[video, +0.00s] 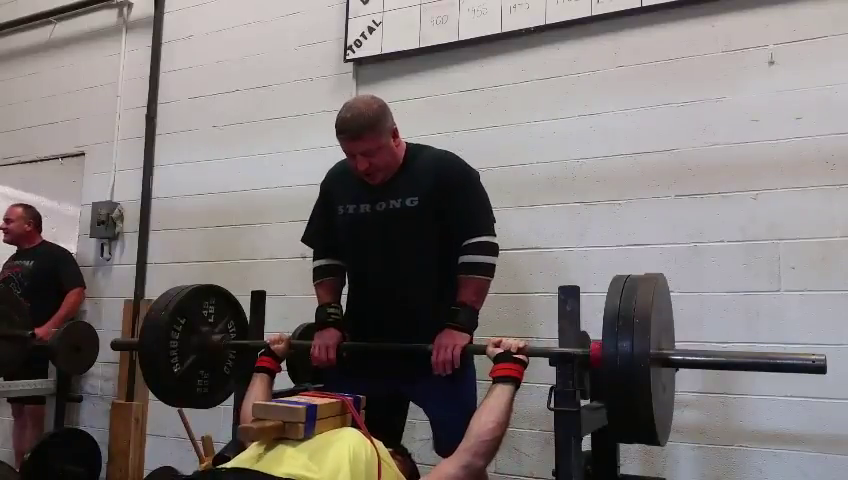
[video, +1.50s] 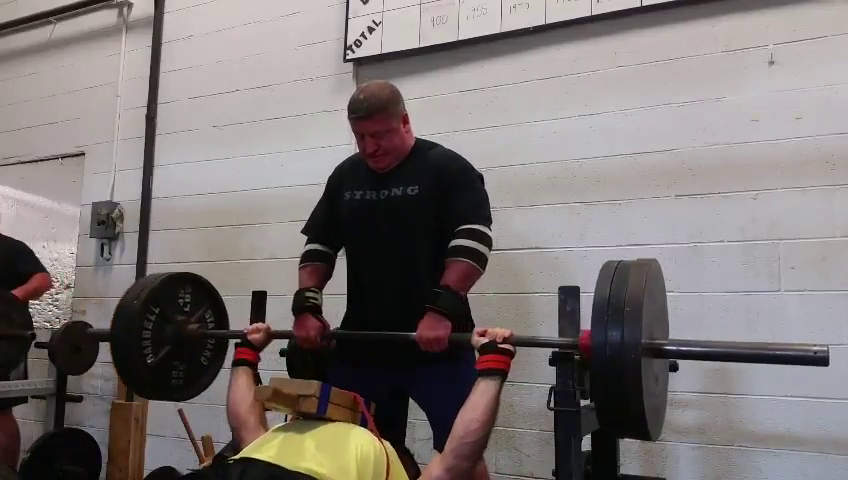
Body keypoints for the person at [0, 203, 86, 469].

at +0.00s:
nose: (3, 226)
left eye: (9, 221)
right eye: (4, 221)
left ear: (29, 226)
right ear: (24, 227)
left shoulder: (57, 254)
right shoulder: (12, 260)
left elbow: (77, 292)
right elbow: (9, 299)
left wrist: (51, 327)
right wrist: (8, 328)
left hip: (38, 344)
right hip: (13, 343)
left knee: (34, 411)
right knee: (17, 410)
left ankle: (33, 472)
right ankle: (19, 470)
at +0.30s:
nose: (3, 222)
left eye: (10, 218)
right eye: (5, 217)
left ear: (30, 223)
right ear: (24, 224)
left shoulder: (56, 254)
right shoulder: (11, 258)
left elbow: (79, 291)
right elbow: (9, 299)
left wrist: (70, 333)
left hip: (39, 341)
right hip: (11, 340)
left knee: (27, 404)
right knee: (14, 405)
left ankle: (36, 467)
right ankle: (19, 467)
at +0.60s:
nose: (7, 218)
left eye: (14, 215)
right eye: (9, 214)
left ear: (34, 222)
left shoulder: (54, 256)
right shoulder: (10, 256)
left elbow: (79, 296)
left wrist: (67, 337)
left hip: (31, 344)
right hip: (7, 341)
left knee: (18, 410)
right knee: (13, 410)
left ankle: (18, 471)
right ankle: (18, 470)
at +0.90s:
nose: (0, 222)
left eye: (5, 217)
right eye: (1, 217)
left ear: (23, 219)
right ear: (22, 220)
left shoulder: (50, 255)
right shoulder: (5, 253)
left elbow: (77, 294)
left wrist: (39, 316)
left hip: (27, 343)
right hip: (3, 341)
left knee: (20, 414)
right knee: (1, 411)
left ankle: (14, 472)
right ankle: (11, 462)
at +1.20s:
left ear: (5, 216)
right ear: (8, 216)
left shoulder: (29, 249)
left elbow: (61, 286)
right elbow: (60, 286)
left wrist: (20, 309)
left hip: (20, 343)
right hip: (7, 342)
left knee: (16, 413)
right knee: (15, 413)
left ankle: (14, 473)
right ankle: (13, 472)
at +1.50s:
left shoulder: (11, 247)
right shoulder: (12, 247)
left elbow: (43, 280)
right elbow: (42, 280)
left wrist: (13, 297)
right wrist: (15, 297)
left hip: (10, 341)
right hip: (9, 342)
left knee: (4, 411)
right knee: (4, 411)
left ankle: (9, 471)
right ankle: (9, 471)